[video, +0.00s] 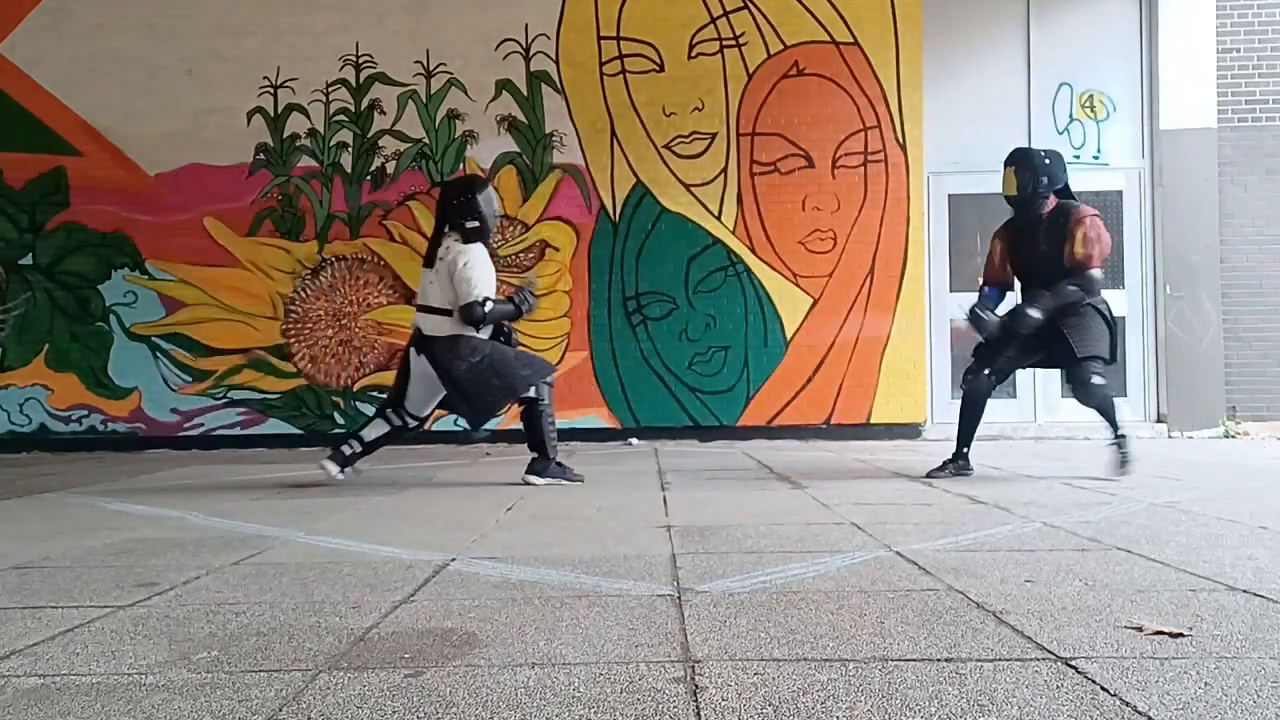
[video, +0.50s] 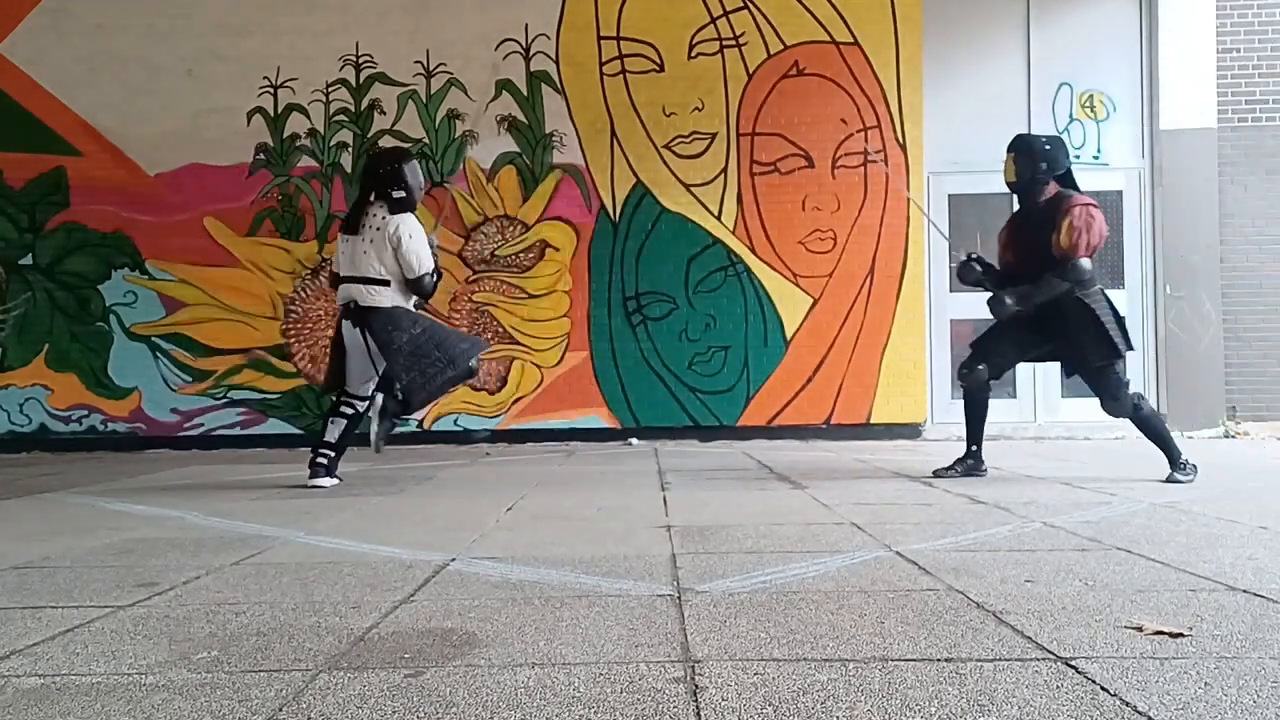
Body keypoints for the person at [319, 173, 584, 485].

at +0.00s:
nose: (495, 216)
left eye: (493, 208)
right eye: (489, 209)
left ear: (452, 215)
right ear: (473, 215)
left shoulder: (441, 247)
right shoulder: (470, 253)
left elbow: (443, 306)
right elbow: (475, 312)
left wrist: (493, 326)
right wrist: (516, 307)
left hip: (426, 344)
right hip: (458, 347)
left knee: (405, 413)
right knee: (536, 378)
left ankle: (342, 455)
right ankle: (545, 462)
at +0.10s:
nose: (480, 206)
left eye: (477, 198)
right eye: (474, 199)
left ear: (437, 206)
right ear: (457, 207)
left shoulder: (425, 241)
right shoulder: (451, 248)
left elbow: (426, 303)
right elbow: (459, 308)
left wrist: (473, 326)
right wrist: (492, 297)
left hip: (408, 341)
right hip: (439, 346)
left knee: (389, 415)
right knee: (515, 381)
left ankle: (332, 468)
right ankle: (543, 462)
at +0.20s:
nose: (453, 205)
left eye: (450, 198)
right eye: (448, 199)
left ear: (410, 201)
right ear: (434, 204)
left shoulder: (394, 234)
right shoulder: (428, 241)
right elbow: (437, 301)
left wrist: (454, 282)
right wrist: (457, 310)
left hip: (381, 337)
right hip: (417, 342)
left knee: (371, 409)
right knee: (481, 392)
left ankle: (323, 468)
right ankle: (527, 457)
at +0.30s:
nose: (434, 193)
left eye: (432, 185)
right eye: (429, 186)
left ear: (387, 192)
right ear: (416, 193)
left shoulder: (370, 223)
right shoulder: (413, 232)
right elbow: (432, 296)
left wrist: (430, 254)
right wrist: (444, 270)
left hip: (363, 327)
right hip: (400, 331)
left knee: (363, 403)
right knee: (470, 373)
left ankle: (322, 467)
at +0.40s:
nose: (425, 188)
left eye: (424, 180)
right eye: (420, 181)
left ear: (378, 186)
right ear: (405, 186)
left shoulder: (359, 221)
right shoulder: (405, 224)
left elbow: (346, 277)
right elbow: (427, 289)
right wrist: (436, 258)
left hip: (356, 322)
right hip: (394, 323)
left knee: (358, 397)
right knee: (468, 361)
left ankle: (321, 468)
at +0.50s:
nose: (419, 185)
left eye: (416, 176)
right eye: (414, 177)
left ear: (371, 183)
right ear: (401, 183)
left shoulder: (353, 220)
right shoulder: (403, 221)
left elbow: (337, 277)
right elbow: (424, 286)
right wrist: (435, 261)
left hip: (351, 317)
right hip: (390, 318)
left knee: (354, 395)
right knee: (454, 364)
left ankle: (321, 468)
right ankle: (394, 407)